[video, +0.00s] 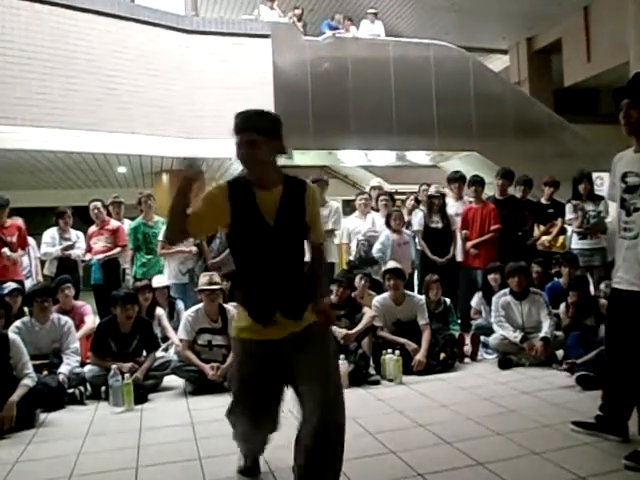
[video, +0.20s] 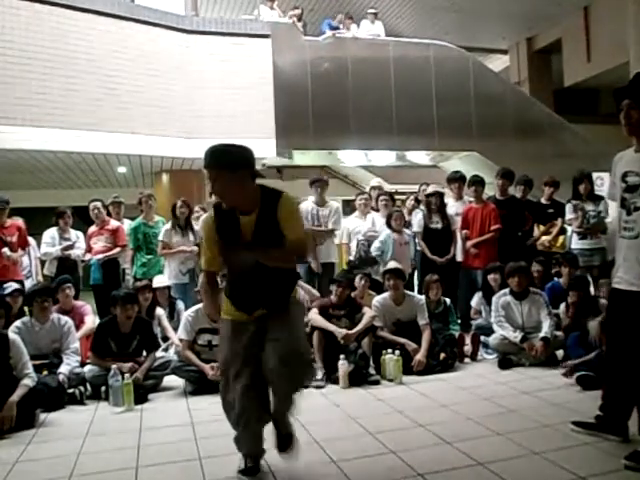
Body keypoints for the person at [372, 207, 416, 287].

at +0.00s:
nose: (398, 222)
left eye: (400, 219)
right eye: (394, 220)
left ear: (403, 221)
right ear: (389, 221)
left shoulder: (409, 235)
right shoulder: (386, 235)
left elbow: (414, 249)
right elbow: (376, 251)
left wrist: (413, 261)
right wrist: (385, 264)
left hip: (408, 271)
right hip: (392, 271)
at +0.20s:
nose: (398, 223)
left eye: (401, 219)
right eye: (395, 220)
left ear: (404, 221)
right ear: (390, 221)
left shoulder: (409, 235)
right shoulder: (387, 235)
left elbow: (414, 249)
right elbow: (375, 250)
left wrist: (412, 260)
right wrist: (383, 264)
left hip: (408, 271)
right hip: (391, 271)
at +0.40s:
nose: (398, 223)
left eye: (401, 220)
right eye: (395, 220)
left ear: (404, 221)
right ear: (390, 221)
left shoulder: (409, 235)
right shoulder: (387, 235)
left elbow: (413, 250)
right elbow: (375, 250)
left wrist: (412, 261)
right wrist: (383, 264)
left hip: (408, 271)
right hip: (392, 271)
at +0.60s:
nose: (399, 223)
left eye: (401, 220)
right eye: (395, 220)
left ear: (405, 221)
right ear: (390, 222)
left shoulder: (409, 235)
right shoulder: (387, 235)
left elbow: (412, 251)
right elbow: (375, 250)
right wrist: (382, 264)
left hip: (407, 270)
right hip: (392, 270)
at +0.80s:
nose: (399, 223)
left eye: (401, 220)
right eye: (396, 220)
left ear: (405, 221)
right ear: (391, 222)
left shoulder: (409, 235)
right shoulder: (388, 235)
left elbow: (413, 252)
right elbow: (377, 252)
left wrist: (412, 265)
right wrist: (382, 268)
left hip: (408, 271)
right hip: (393, 271)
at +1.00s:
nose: (399, 223)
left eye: (401, 220)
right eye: (396, 220)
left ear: (405, 221)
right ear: (390, 222)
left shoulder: (410, 235)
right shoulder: (388, 236)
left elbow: (413, 253)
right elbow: (379, 256)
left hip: (409, 272)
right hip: (394, 273)